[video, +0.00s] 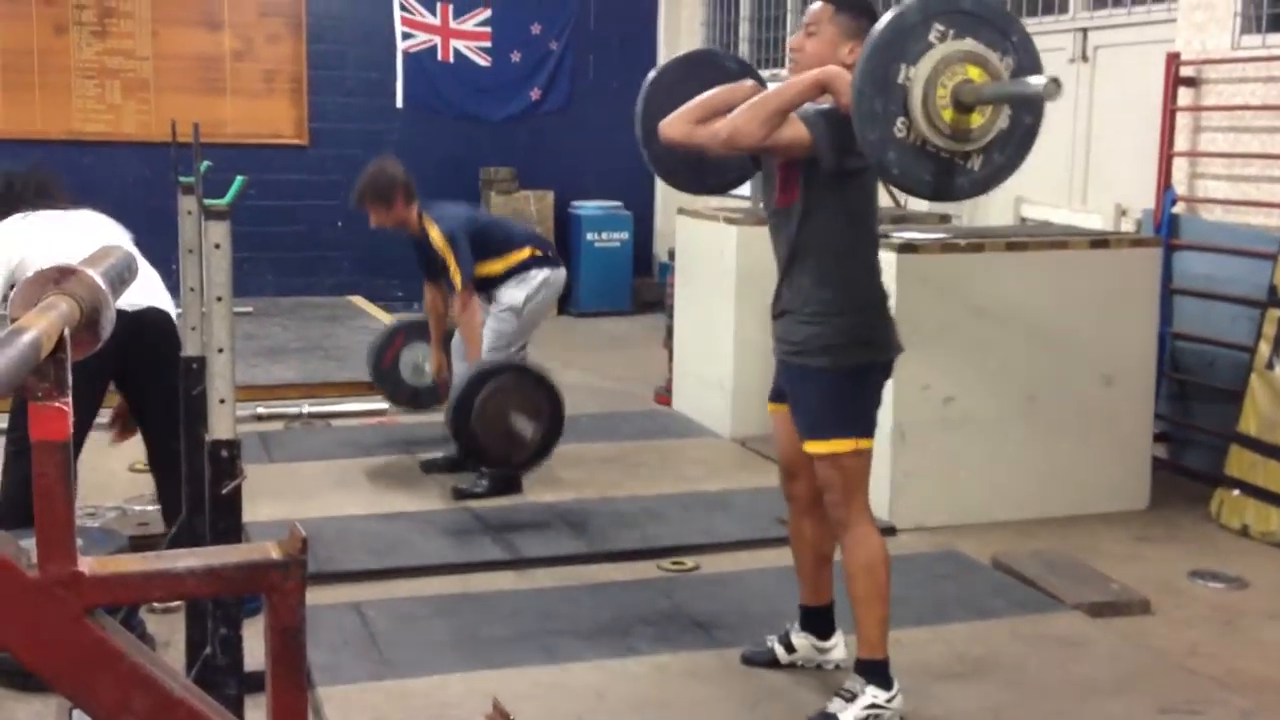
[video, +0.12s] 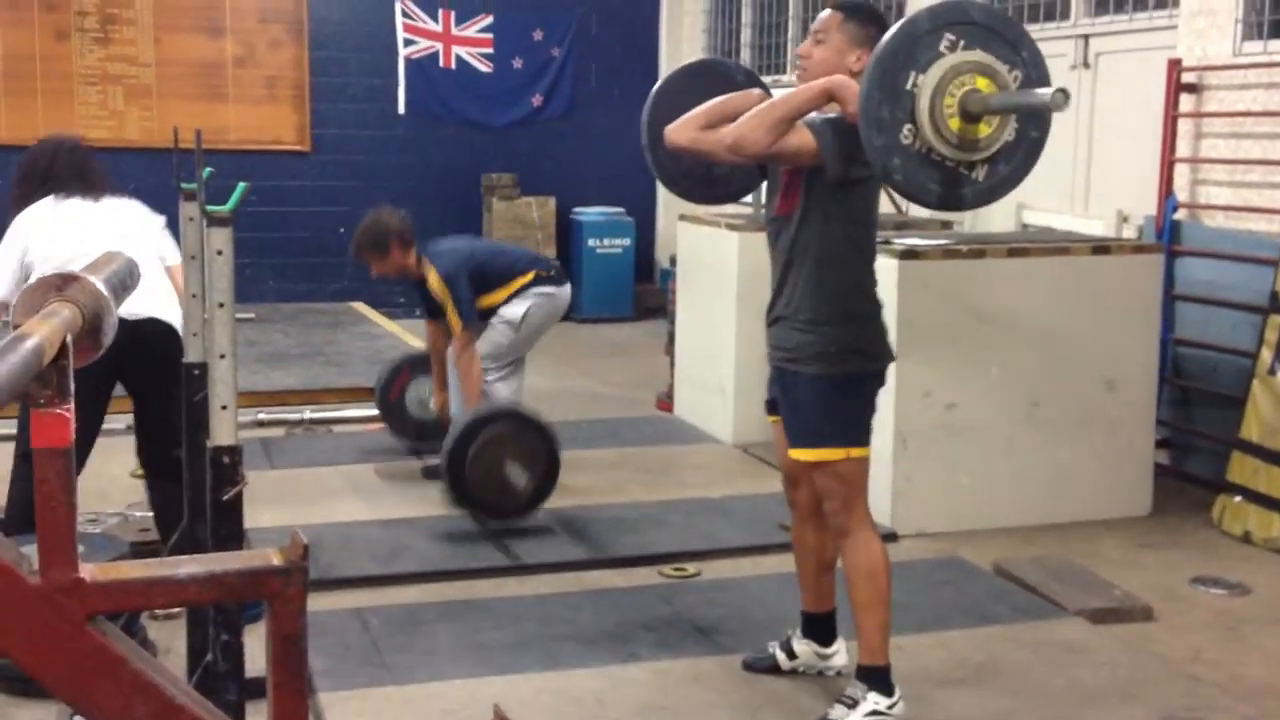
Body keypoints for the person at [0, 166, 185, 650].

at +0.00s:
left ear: (11, 206)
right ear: (53, 197)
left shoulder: (8, 229)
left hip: (66, 330)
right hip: (151, 320)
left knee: (39, 458)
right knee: (175, 457)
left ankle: (19, 568)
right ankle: (202, 572)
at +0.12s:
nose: (18, 189)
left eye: (22, 181)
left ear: (33, 180)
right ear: (92, 173)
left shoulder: (28, 219)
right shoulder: (139, 208)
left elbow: (6, 300)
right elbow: (181, 281)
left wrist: (19, 359)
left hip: (77, 332)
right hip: (158, 327)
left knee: (56, 445)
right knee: (167, 451)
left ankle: (16, 540)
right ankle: (189, 565)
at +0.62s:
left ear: (128, 156)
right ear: (181, 160)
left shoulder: (104, 203)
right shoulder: (205, 211)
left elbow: (77, 275)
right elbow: (225, 276)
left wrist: (73, 343)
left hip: (115, 338)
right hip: (177, 341)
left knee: (103, 389)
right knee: (175, 429)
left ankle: (116, 471)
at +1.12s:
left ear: (72, 143)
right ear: (121, 139)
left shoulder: (58, 190)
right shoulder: (151, 185)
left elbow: (38, 266)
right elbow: (171, 254)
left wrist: (37, 320)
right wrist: (189, 308)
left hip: (80, 321)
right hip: (141, 315)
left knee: (84, 412)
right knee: (138, 386)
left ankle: (96, 506)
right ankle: (155, 437)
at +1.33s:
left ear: (72, 128)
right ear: (122, 127)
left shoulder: (57, 173)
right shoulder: (145, 175)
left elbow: (28, 226)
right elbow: (165, 233)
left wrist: (65, 224)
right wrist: (191, 287)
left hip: (74, 306)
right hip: (133, 304)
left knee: (85, 394)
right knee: (134, 375)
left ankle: (95, 502)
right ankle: (132, 463)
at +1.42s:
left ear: (75, 135)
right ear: (125, 135)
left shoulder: (61, 179)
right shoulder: (143, 181)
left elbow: (29, 224)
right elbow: (165, 240)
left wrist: (67, 224)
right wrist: (194, 291)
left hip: (74, 309)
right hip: (132, 307)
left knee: (86, 399)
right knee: (132, 384)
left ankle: (96, 501)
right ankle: (127, 455)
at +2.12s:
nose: (61, 119)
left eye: (64, 112)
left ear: (66, 116)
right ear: (105, 115)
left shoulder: (57, 155)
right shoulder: (127, 155)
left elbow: (42, 216)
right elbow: (140, 208)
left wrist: (26, 271)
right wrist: (117, 231)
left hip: (69, 268)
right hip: (122, 269)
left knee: (68, 333)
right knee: (129, 351)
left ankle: (82, 388)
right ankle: (129, 434)